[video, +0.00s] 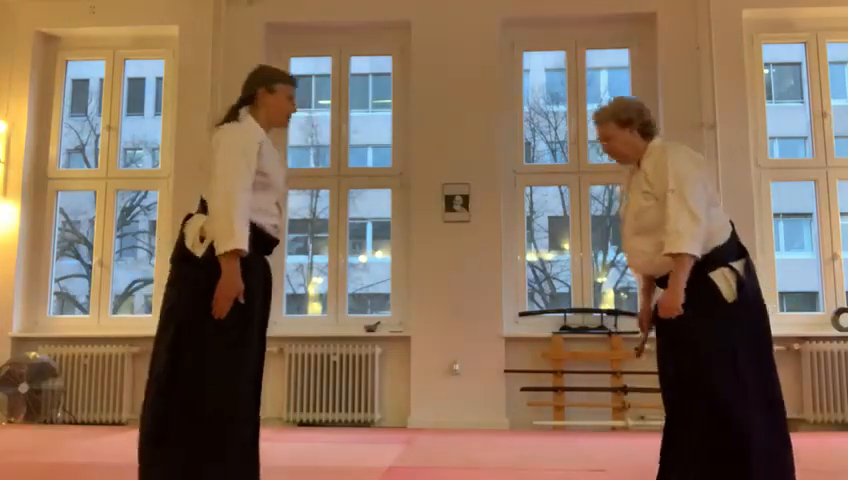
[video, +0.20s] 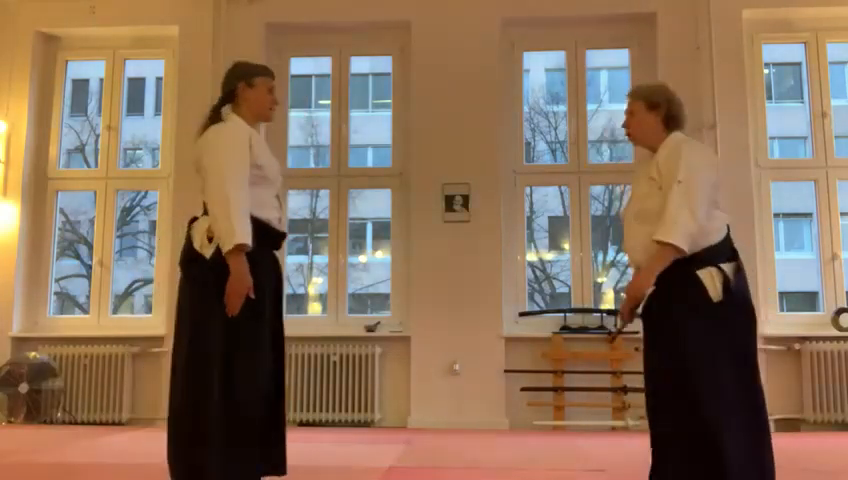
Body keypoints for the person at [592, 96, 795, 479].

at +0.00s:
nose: (604, 149)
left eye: (606, 139)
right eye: (601, 142)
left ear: (631, 130)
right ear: (626, 134)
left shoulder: (673, 158)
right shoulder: (636, 177)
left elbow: (690, 223)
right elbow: (645, 240)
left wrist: (675, 287)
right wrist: (645, 299)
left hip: (716, 284)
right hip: (677, 290)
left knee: (727, 393)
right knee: (687, 396)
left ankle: (737, 474)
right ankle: (690, 474)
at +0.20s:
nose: (625, 122)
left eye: (631, 114)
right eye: (625, 114)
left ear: (659, 116)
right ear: (650, 118)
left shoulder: (687, 151)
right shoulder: (654, 164)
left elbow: (681, 225)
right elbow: (662, 228)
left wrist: (644, 277)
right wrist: (641, 281)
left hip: (701, 286)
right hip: (670, 287)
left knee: (708, 401)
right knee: (672, 400)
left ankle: (716, 475)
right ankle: (678, 474)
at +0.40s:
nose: (639, 116)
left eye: (647, 108)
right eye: (641, 109)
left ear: (670, 110)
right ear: (666, 112)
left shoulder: (691, 150)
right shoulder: (662, 161)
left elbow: (684, 216)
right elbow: (659, 226)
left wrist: (650, 273)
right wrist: (639, 279)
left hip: (695, 284)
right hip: (666, 285)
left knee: (700, 399)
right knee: (666, 400)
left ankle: (708, 476)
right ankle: (673, 475)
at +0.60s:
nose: (644, 112)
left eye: (653, 104)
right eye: (648, 105)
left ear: (677, 110)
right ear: (673, 111)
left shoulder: (690, 148)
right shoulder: (669, 157)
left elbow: (692, 214)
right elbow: (666, 225)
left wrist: (676, 276)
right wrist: (645, 284)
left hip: (693, 280)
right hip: (666, 282)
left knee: (694, 389)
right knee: (663, 392)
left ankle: (705, 472)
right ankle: (667, 471)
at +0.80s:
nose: (647, 112)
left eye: (656, 105)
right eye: (650, 105)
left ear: (680, 111)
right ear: (676, 113)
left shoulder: (689, 149)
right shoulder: (672, 155)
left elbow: (699, 214)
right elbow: (682, 218)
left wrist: (687, 278)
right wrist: (660, 281)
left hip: (688, 284)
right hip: (668, 283)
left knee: (693, 393)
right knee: (666, 395)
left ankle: (703, 474)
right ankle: (671, 472)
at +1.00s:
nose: (648, 113)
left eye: (657, 106)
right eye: (651, 106)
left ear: (681, 112)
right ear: (677, 113)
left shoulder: (690, 150)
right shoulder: (673, 156)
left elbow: (692, 216)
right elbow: (680, 218)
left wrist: (675, 277)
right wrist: (659, 278)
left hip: (690, 282)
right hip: (669, 282)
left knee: (692, 392)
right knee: (670, 393)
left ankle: (701, 473)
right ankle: (674, 472)